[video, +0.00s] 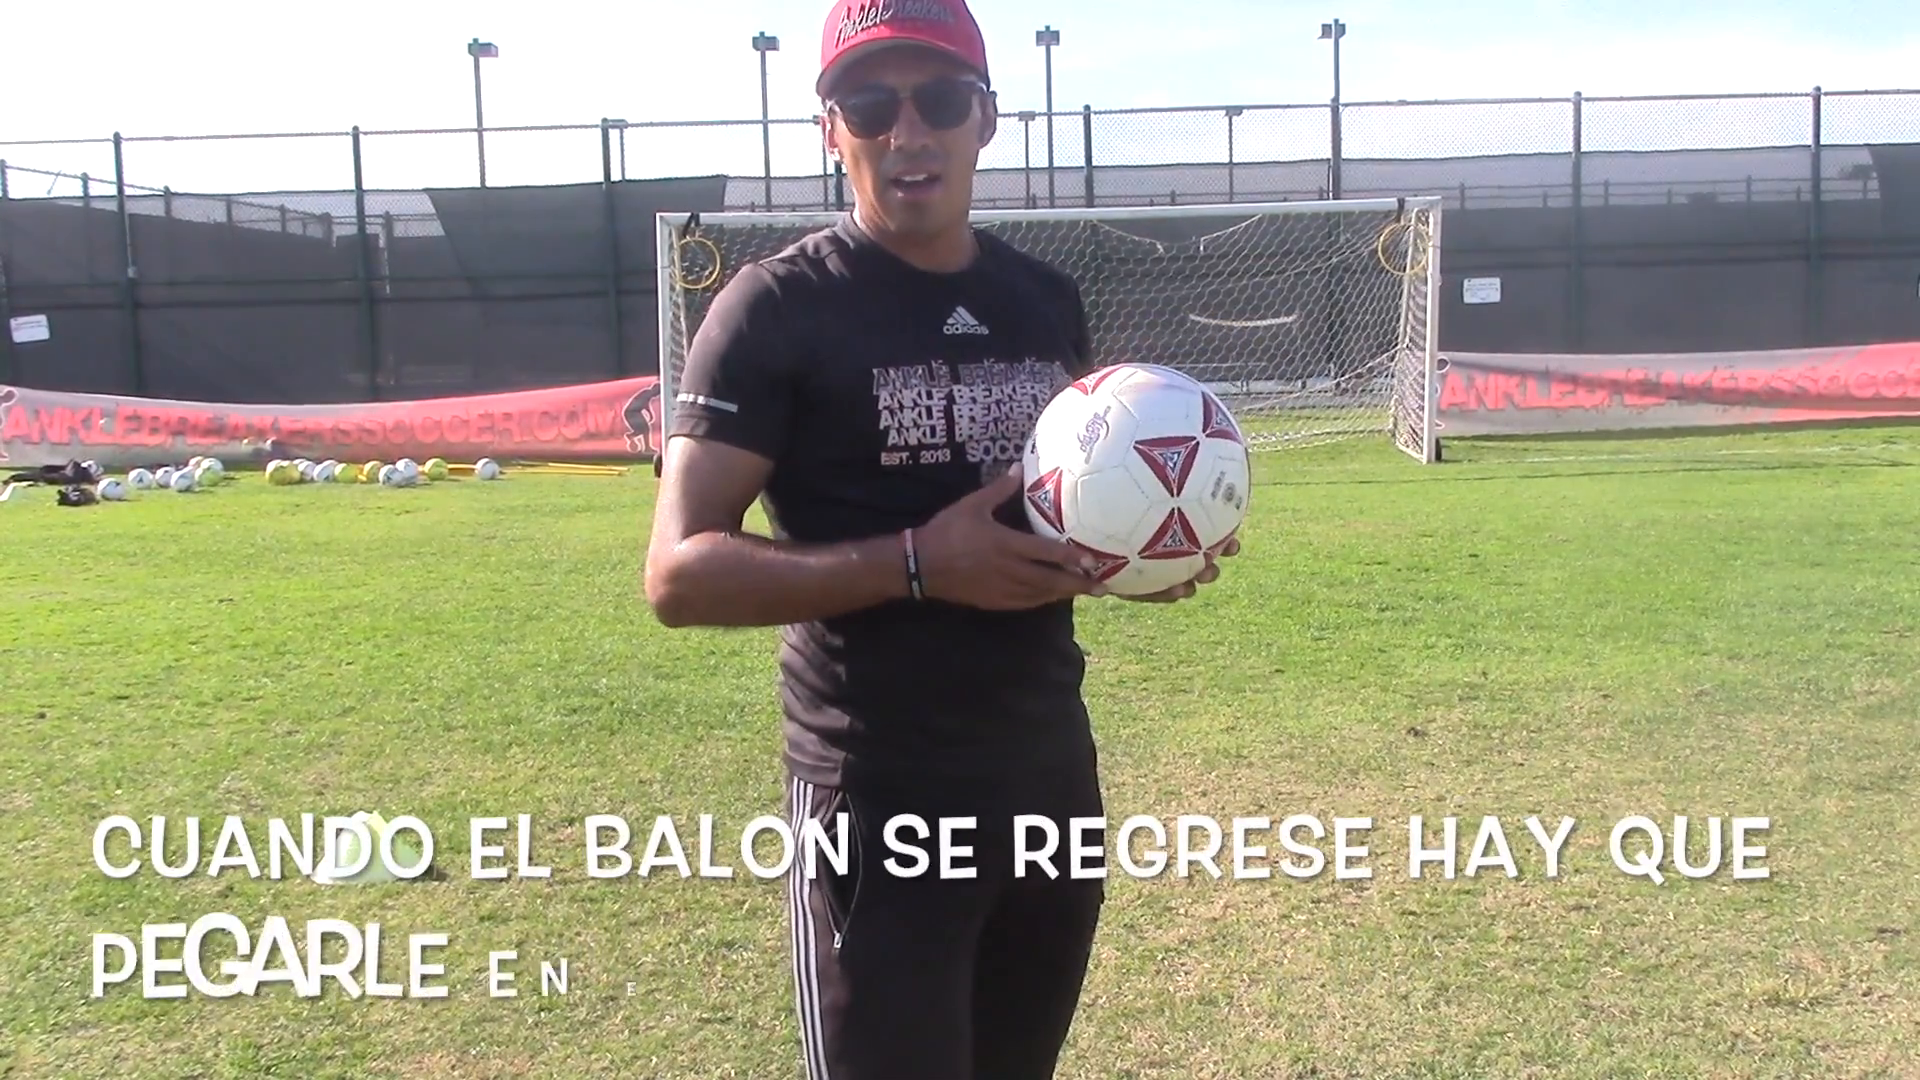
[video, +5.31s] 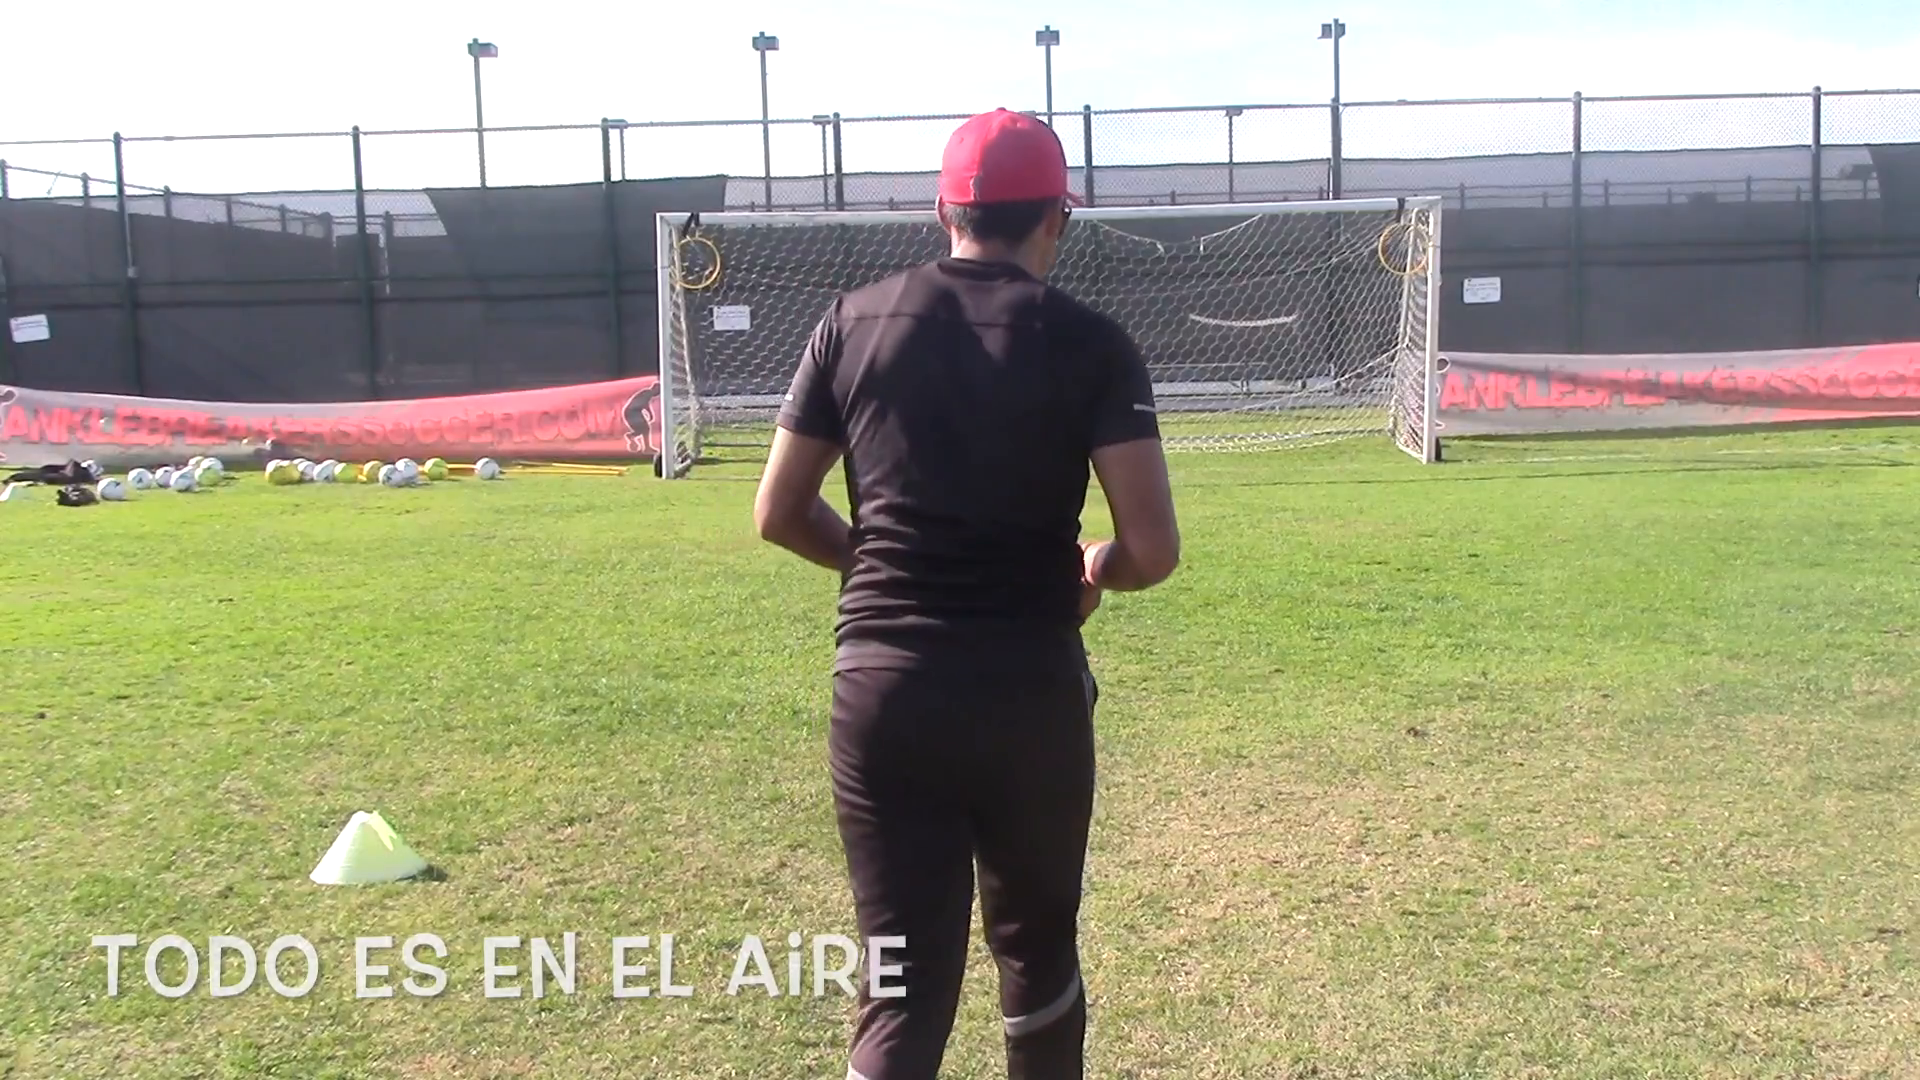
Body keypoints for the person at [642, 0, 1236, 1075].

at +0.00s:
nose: (911, 135)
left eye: (942, 102)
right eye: (874, 105)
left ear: (985, 120)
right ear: (832, 132)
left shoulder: (1043, 299)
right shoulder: (772, 306)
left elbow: (1067, 509)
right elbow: (678, 575)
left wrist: (1167, 535)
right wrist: (916, 560)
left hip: (1045, 759)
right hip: (874, 772)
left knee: (1018, 1062)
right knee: (888, 1062)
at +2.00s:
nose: (908, 137)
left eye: (940, 104)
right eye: (874, 109)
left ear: (989, 119)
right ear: (837, 133)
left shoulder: (1057, 298)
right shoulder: (775, 300)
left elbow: (1094, 526)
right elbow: (678, 562)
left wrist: (1157, 554)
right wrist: (915, 562)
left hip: (1050, 764)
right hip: (872, 777)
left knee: (1020, 1062)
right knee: (887, 1062)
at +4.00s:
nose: (927, 119)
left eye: (963, 85)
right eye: (884, 86)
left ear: (998, 111)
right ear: (824, 112)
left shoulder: (1030, 286)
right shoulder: (745, 318)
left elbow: (1069, 499)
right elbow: (628, 611)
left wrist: (1154, 601)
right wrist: (884, 619)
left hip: (1001, 771)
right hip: (835, 803)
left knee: (1019, 1063)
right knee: (888, 1063)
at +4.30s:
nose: (1064, 124)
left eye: (1062, 94)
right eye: (1028, 95)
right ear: (913, 109)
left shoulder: (948, 275)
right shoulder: (822, 301)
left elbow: (925, 514)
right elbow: (738, 639)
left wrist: (1075, 554)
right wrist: (1028, 619)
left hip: (922, 781)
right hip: (823, 807)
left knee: (964, 1056)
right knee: (879, 1064)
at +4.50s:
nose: (1050, 126)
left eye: (1043, 98)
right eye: (1028, 97)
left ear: (943, 118)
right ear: (946, 115)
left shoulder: (840, 268)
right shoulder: (885, 289)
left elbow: (872, 562)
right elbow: (876, 602)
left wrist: (1061, 564)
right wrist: (1088, 568)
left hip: (842, 775)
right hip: (837, 787)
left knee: (928, 1048)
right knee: (882, 1063)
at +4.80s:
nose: (999, 160)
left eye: (995, 139)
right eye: (990, 140)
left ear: (862, 167)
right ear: (964, 154)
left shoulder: (788, 296)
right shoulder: (954, 294)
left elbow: (723, 537)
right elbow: (984, 559)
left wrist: (910, 556)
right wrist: (1079, 554)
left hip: (765, 717)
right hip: (885, 745)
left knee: (881, 1055)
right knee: (999, 1059)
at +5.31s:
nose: (1063, 221)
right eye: (1063, 208)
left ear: (943, 213)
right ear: (1055, 217)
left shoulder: (853, 320)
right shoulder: (1090, 341)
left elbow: (779, 512)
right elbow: (1151, 550)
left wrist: (881, 559)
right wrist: (1095, 570)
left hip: (882, 681)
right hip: (1029, 688)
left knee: (900, 983)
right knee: (1038, 950)